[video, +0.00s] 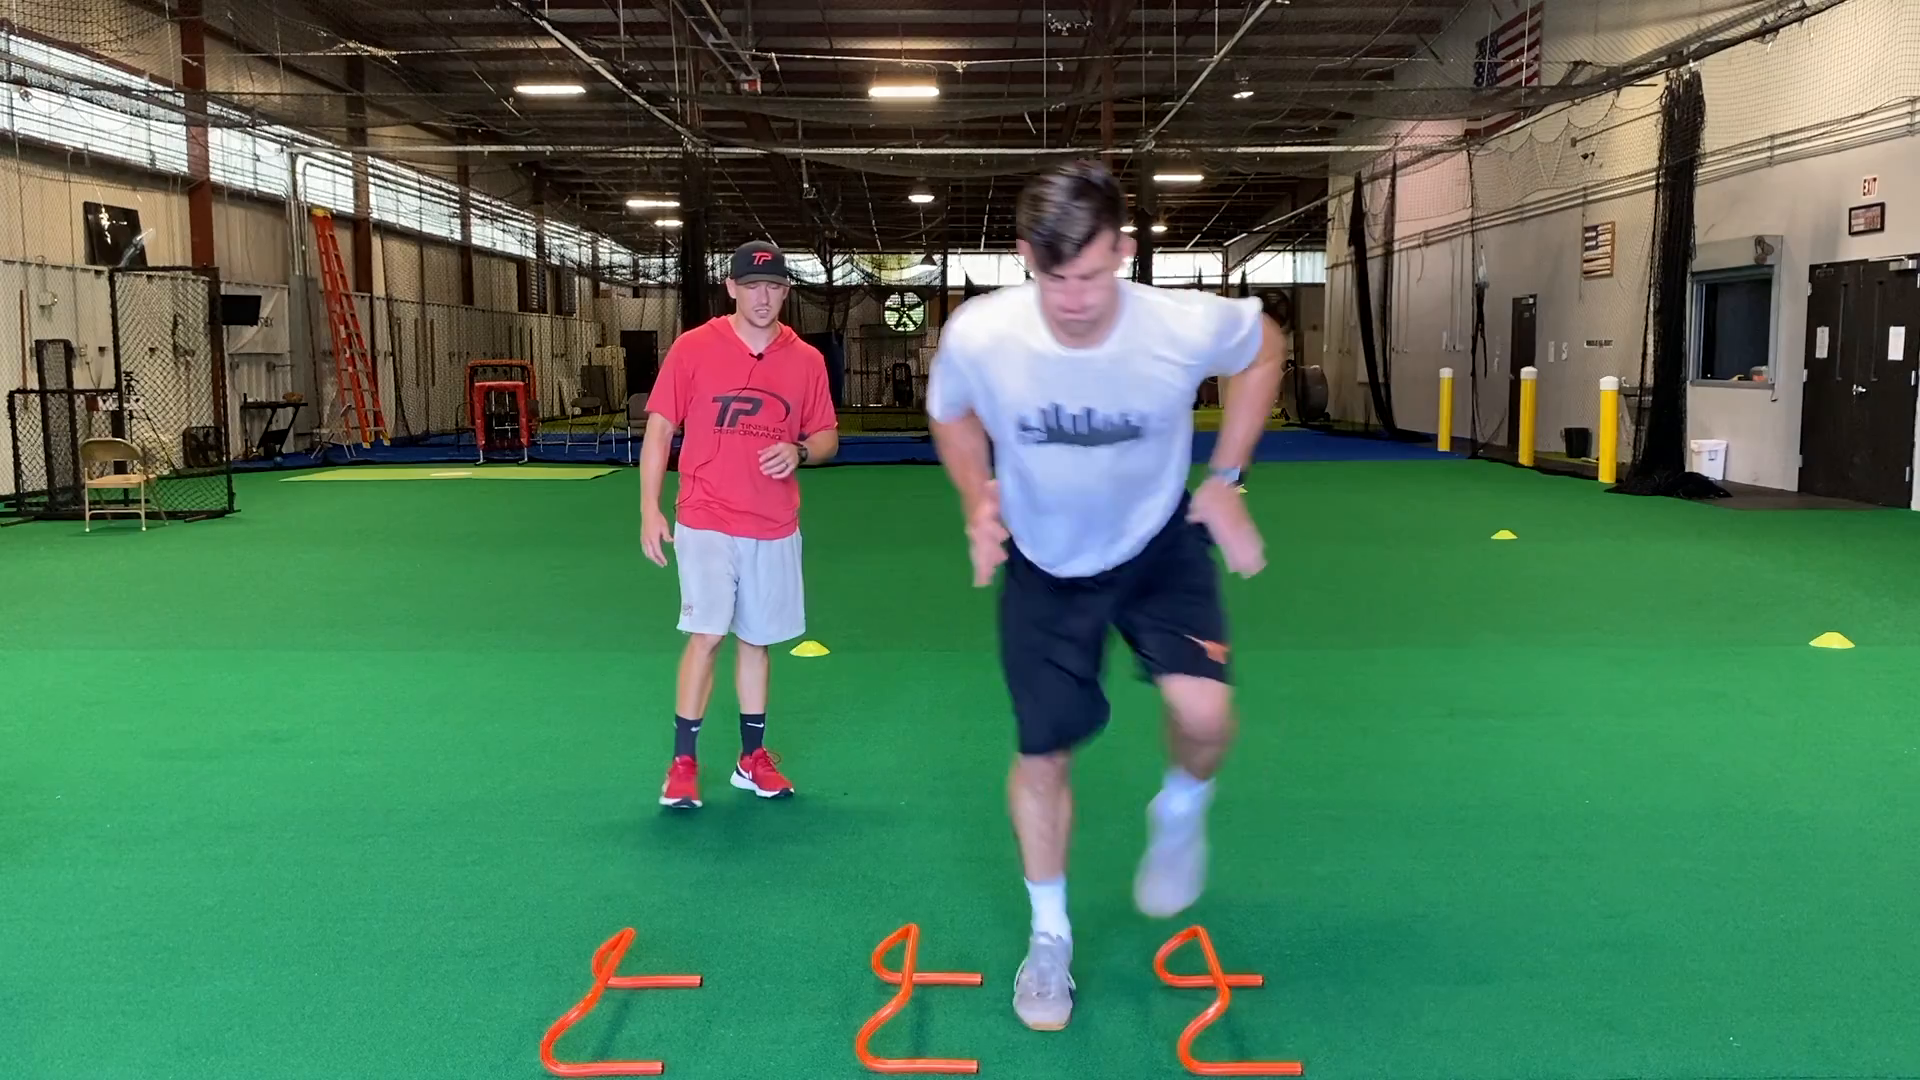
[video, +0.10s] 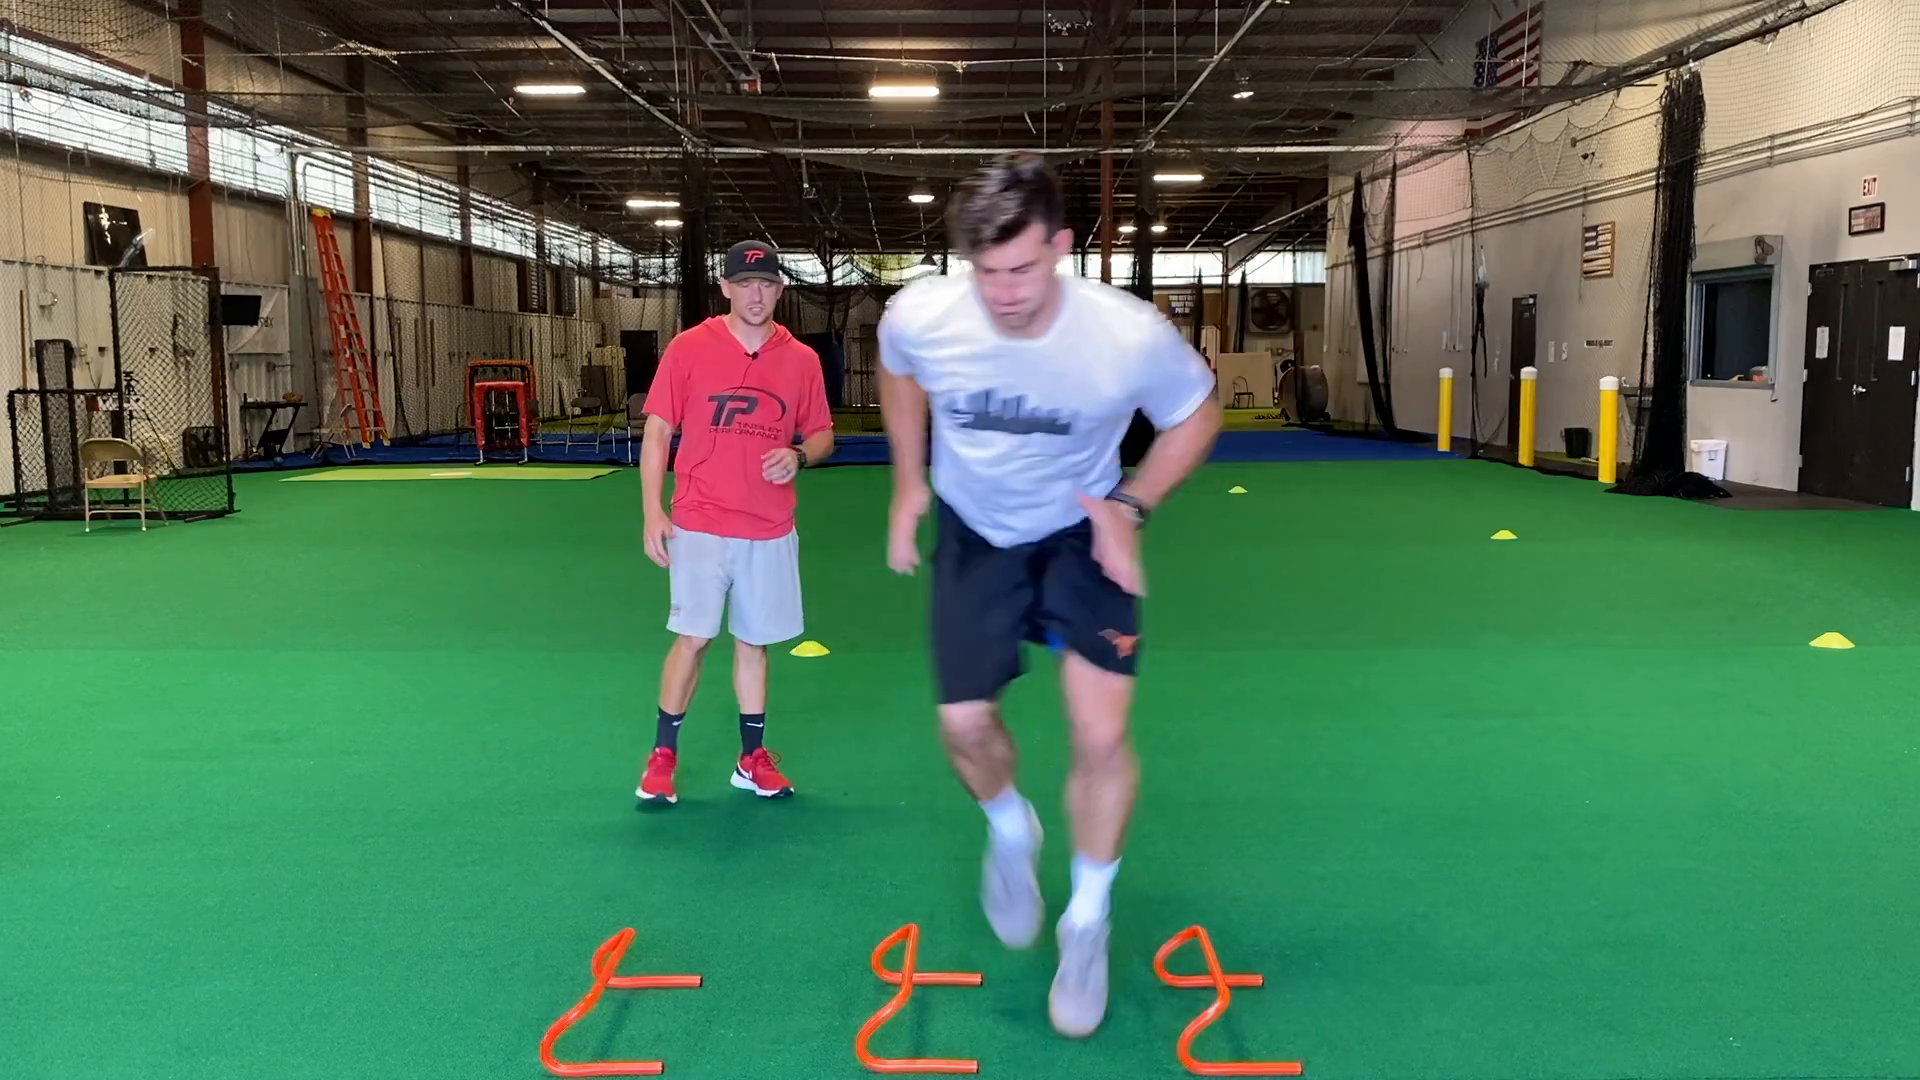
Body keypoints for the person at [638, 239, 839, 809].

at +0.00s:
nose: (762, 297)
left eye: (772, 287)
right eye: (752, 286)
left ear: (786, 292)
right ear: (731, 288)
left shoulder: (807, 360)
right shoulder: (694, 347)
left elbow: (827, 440)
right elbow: (659, 429)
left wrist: (800, 450)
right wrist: (650, 508)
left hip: (773, 524)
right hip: (706, 519)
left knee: (756, 639)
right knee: (707, 634)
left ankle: (753, 756)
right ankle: (683, 762)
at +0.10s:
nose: (756, 294)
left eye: (766, 284)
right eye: (746, 284)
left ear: (780, 290)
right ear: (725, 287)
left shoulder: (802, 360)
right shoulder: (689, 348)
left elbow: (823, 437)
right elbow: (656, 432)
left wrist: (799, 453)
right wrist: (653, 510)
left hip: (768, 529)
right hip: (699, 523)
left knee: (754, 640)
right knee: (693, 635)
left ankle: (753, 755)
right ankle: (663, 754)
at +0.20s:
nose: (745, 294)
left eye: (754, 283)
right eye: (734, 283)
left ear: (769, 288)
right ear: (715, 287)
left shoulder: (794, 361)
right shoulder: (680, 350)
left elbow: (818, 430)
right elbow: (653, 434)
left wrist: (795, 463)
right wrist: (660, 510)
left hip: (762, 533)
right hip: (692, 528)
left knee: (752, 642)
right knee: (676, 640)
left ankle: (753, 755)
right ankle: (645, 751)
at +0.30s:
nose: (730, 294)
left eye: (740, 283)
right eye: (719, 283)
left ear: (757, 288)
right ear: (702, 289)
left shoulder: (774, 353)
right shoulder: (670, 349)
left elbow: (799, 435)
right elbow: (645, 431)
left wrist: (780, 489)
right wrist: (666, 500)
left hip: (754, 532)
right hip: (683, 530)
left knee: (749, 642)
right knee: (662, 642)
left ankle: (754, 753)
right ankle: (637, 752)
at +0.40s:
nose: (713, 292)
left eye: (723, 282)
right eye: (702, 283)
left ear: (742, 287)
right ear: (685, 289)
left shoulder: (760, 349)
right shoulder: (656, 351)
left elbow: (782, 435)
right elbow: (632, 432)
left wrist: (755, 505)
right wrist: (666, 495)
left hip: (744, 525)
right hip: (671, 526)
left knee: (745, 641)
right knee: (656, 640)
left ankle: (753, 754)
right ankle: (638, 751)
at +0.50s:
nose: (700, 297)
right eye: (687, 281)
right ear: (669, 287)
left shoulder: (759, 356)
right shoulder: (643, 350)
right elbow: (618, 434)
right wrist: (658, 496)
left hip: (730, 526)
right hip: (659, 522)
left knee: (737, 646)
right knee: (649, 637)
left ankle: (750, 752)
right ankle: (637, 750)